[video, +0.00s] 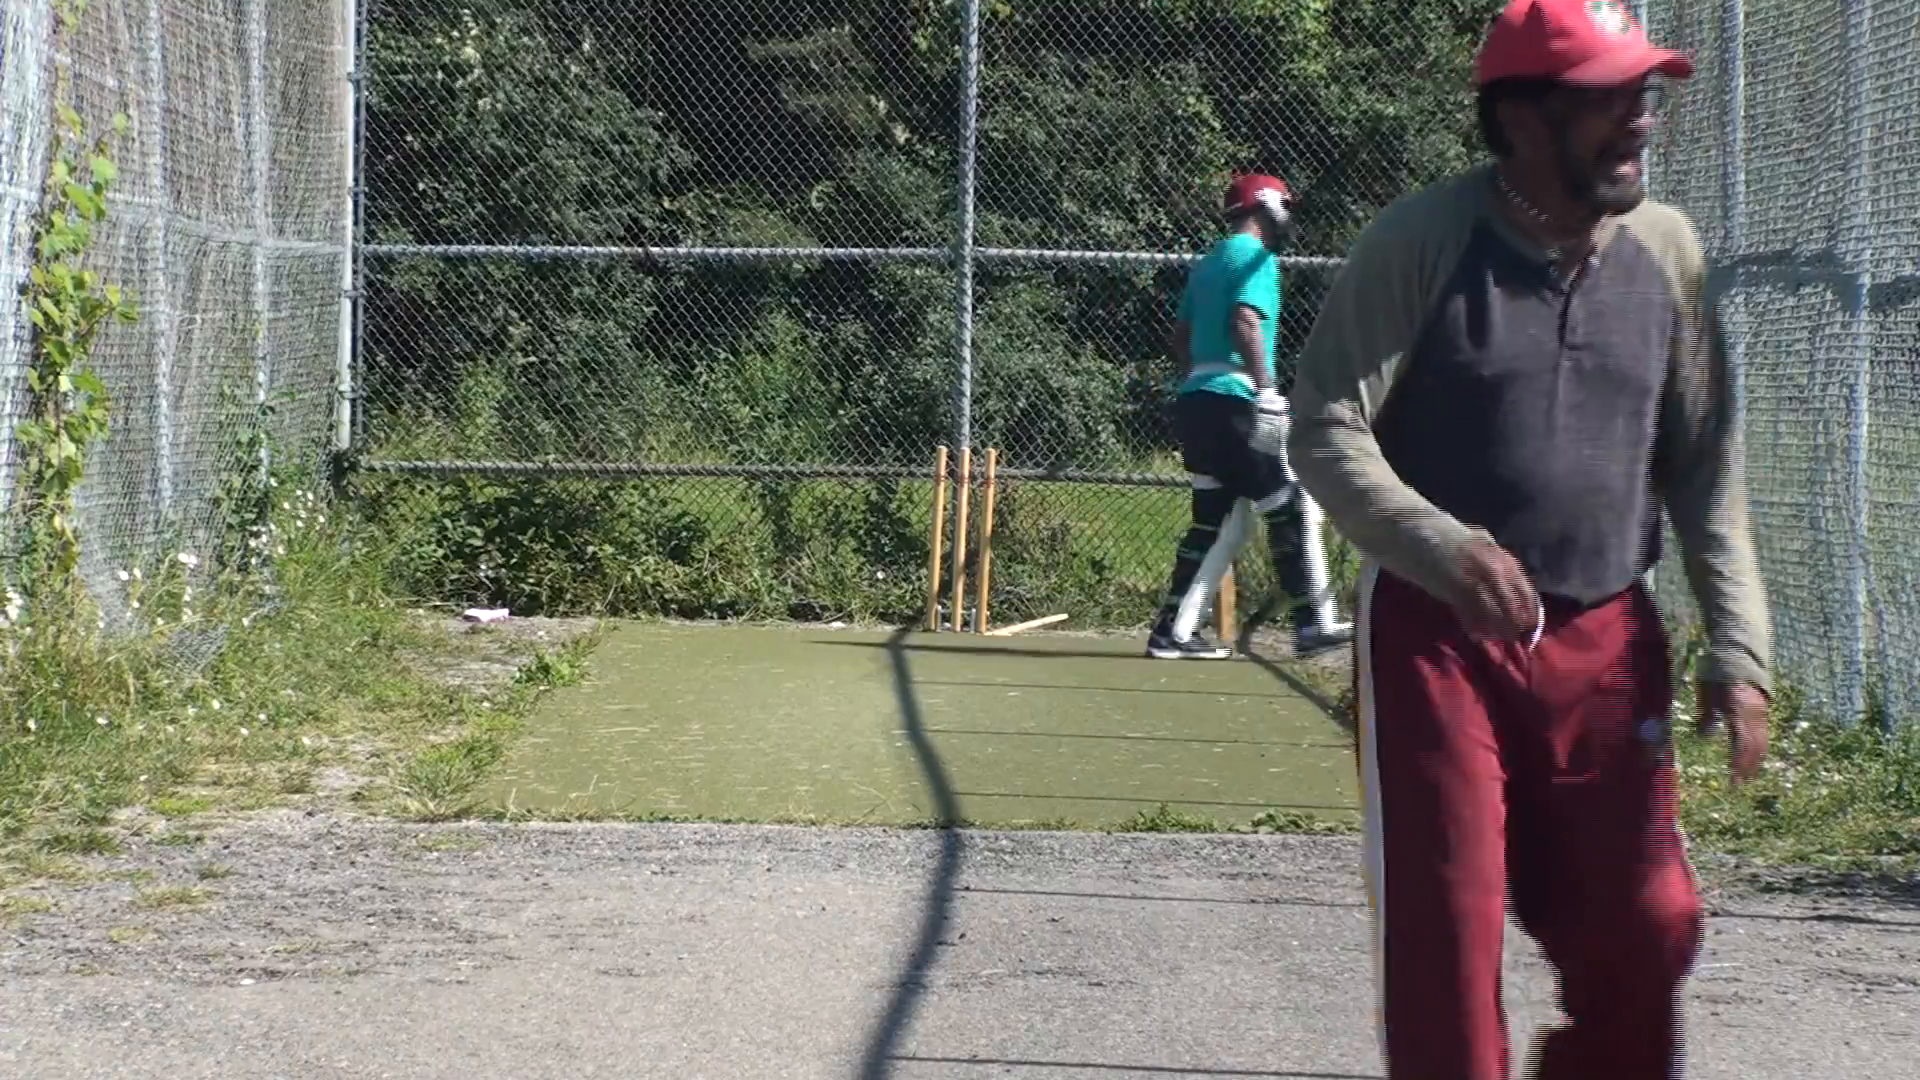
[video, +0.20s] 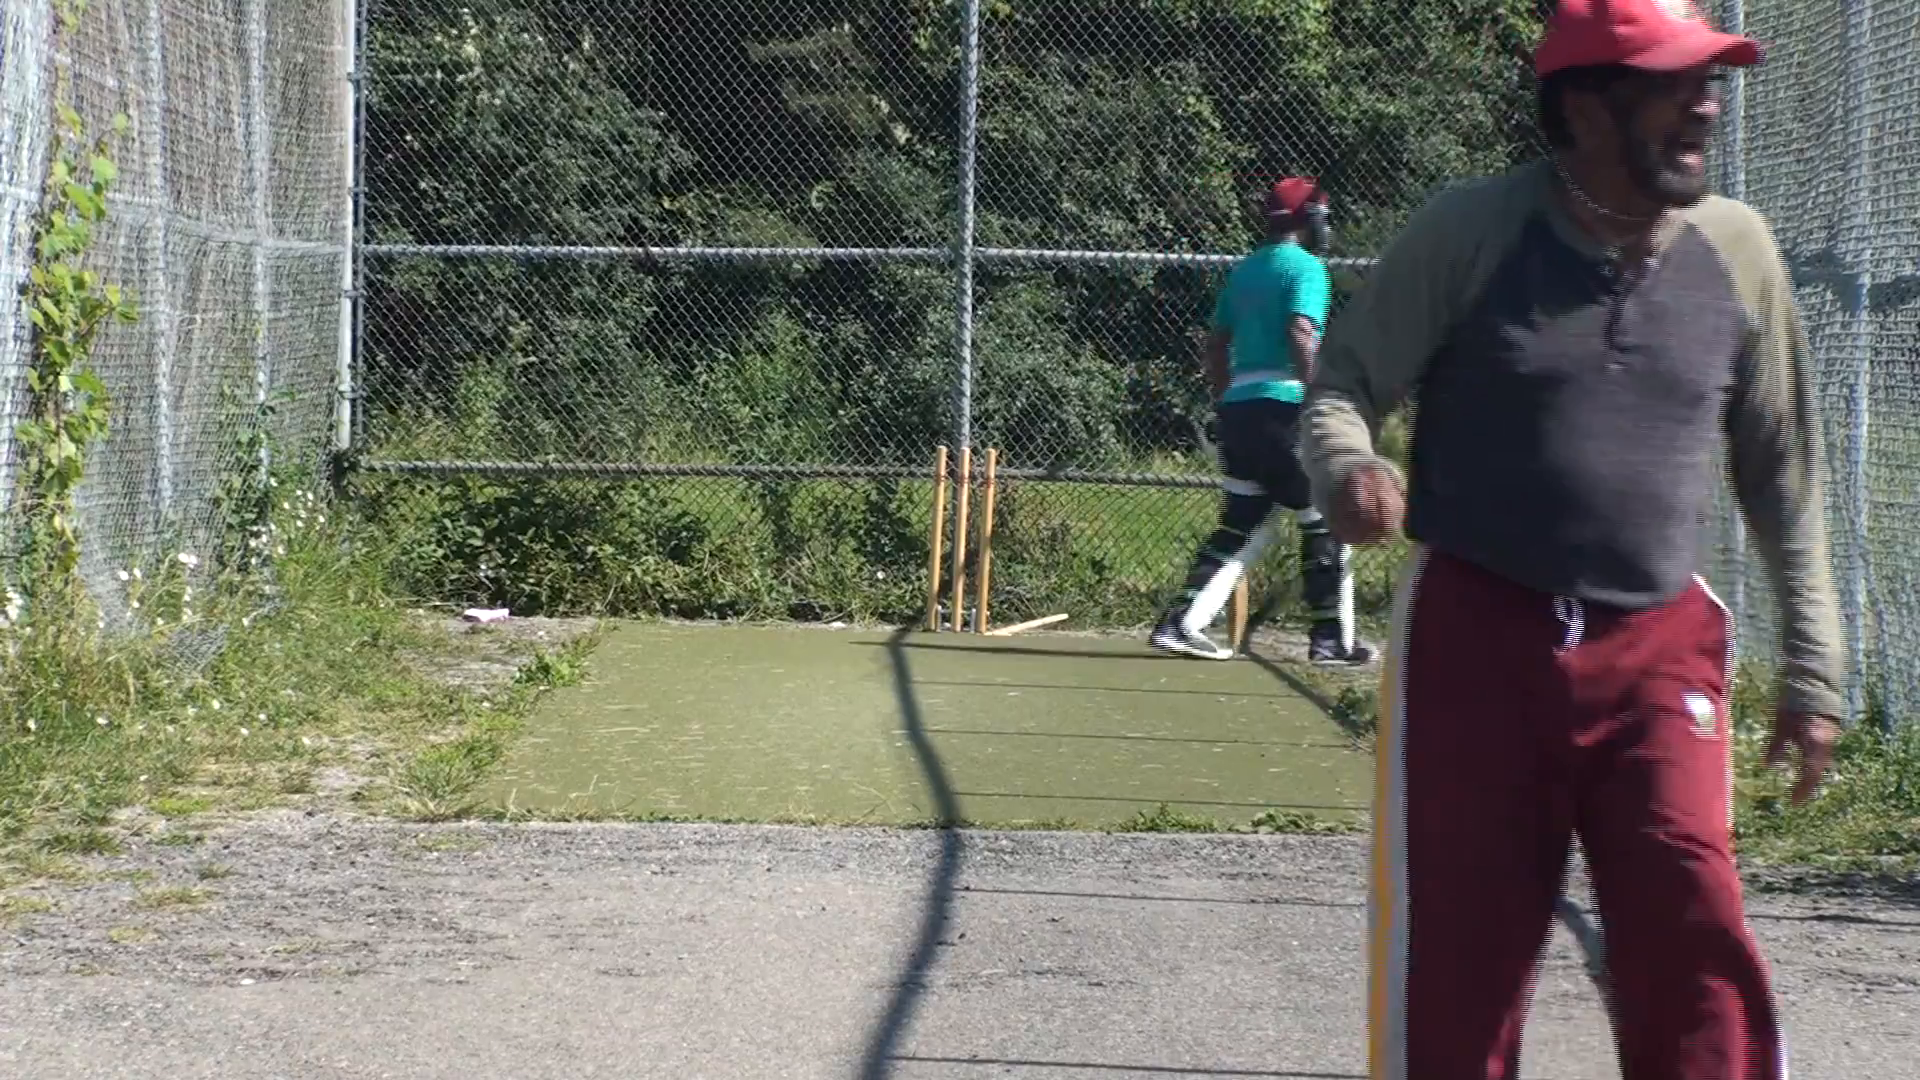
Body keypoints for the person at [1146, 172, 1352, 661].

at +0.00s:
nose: (1289, 222)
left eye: (1288, 213)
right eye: (1283, 212)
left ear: (1238, 217)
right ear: (1262, 213)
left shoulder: (1207, 263)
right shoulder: (1256, 256)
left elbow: (1179, 336)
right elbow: (1246, 321)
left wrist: (1207, 379)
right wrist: (1266, 391)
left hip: (1194, 405)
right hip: (1235, 405)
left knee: (1214, 519)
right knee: (1291, 507)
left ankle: (1173, 630)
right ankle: (1314, 621)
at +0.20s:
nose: (1327, 228)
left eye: (1325, 218)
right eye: (1322, 219)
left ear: (1275, 223)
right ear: (1306, 222)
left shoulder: (1241, 270)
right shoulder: (1306, 266)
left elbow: (1217, 343)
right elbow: (1301, 333)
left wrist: (1223, 400)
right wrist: (1324, 397)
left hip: (1237, 407)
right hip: (1284, 407)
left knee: (1241, 519)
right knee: (1323, 517)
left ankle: (1181, 622)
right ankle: (1332, 637)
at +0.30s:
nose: (1346, 231)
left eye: (1345, 222)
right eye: (1342, 222)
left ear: (1291, 224)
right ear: (1326, 225)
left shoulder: (1257, 271)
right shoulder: (1333, 267)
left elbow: (1238, 346)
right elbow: (1337, 341)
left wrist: (1236, 408)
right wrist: (1375, 381)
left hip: (1259, 409)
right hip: (1312, 407)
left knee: (1277, 524)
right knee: (1343, 511)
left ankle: (1213, 600)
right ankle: (1333, 635)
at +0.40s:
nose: (1366, 228)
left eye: (1365, 219)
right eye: (1363, 220)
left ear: (1311, 222)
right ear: (1350, 222)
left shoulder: (1274, 270)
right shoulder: (1353, 268)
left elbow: (1250, 346)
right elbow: (1378, 344)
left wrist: (1251, 405)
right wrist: (1399, 402)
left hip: (1281, 405)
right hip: (1334, 404)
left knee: (1305, 507)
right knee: (1347, 519)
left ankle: (1262, 602)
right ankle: (1334, 634)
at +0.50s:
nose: (1380, 227)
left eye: (1377, 220)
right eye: (1377, 220)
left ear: (1327, 222)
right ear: (1367, 221)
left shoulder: (1293, 268)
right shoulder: (1376, 265)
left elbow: (1261, 342)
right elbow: (1407, 338)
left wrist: (1259, 405)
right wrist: (1436, 389)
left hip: (1295, 406)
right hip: (1346, 403)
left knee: (1318, 505)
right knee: (1350, 519)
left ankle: (1312, 616)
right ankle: (1331, 637)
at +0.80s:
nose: (1414, 243)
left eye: (1410, 236)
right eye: (1411, 236)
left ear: (1359, 242)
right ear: (1401, 238)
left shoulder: (1331, 282)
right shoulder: (1417, 278)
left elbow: (1297, 350)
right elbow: (1458, 344)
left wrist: (1293, 412)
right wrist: (1488, 400)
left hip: (1337, 416)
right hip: (1390, 415)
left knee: (1367, 520)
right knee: (1396, 526)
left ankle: (1378, 629)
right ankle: (1343, 617)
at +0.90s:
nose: (1422, 241)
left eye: (1418, 235)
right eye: (1420, 234)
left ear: (1370, 239)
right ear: (1413, 235)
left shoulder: (1343, 279)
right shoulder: (1431, 274)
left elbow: (1314, 351)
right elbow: (1469, 341)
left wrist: (1303, 414)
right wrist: (1488, 403)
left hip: (1351, 415)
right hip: (1407, 414)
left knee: (1373, 516)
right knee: (1431, 520)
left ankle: (1382, 628)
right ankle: (1380, 591)